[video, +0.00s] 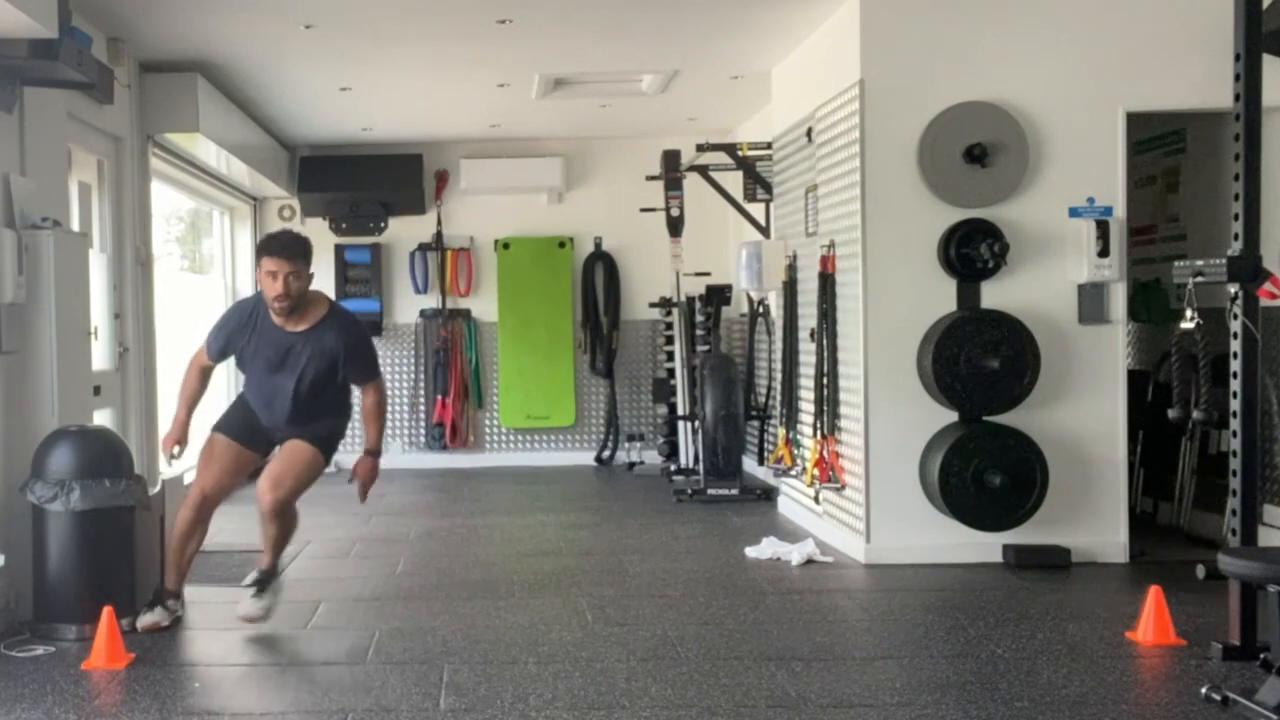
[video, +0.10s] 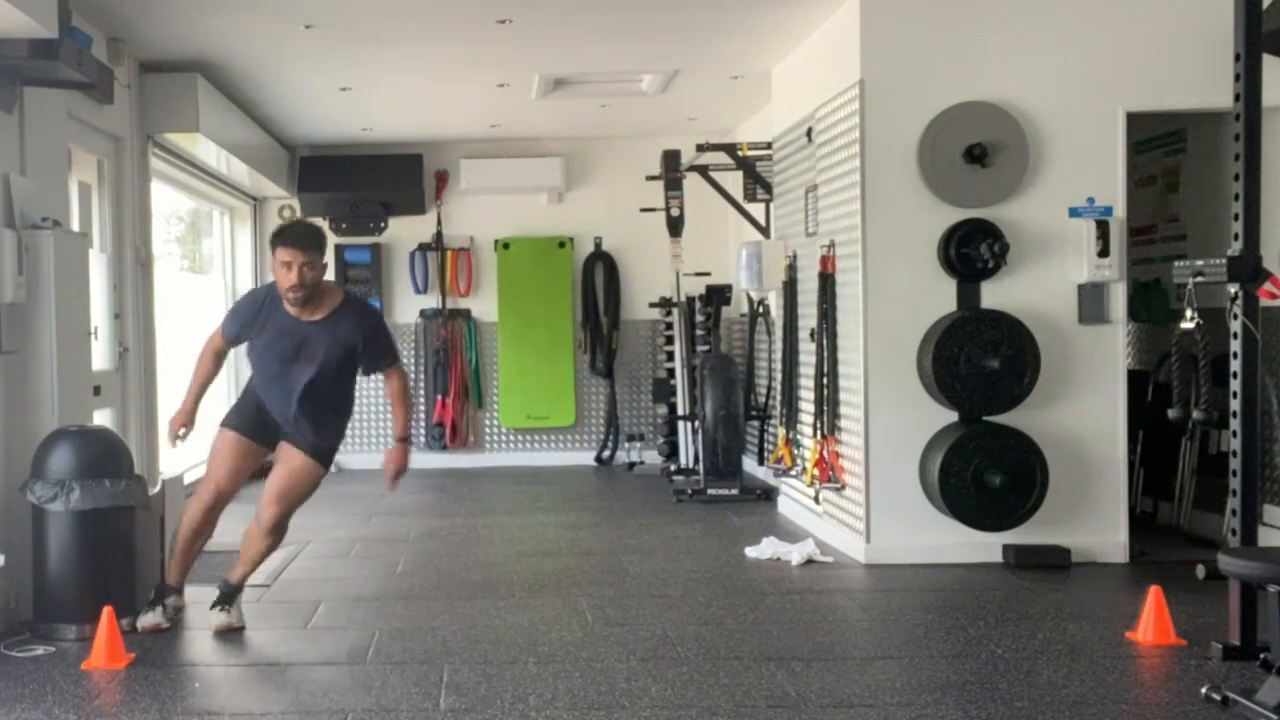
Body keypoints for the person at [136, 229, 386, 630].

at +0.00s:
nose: (280, 289)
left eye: (291, 277)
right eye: (271, 277)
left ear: (309, 277)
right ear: (259, 276)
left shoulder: (342, 329)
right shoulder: (244, 316)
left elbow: (372, 389)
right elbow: (201, 363)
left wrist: (372, 452)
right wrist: (180, 422)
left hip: (316, 423)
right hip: (255, 409)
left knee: (272, 494)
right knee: (202, 492)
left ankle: (266, 573)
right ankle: (170, 596)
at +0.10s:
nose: (295, 279)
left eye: (306, 267)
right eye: (286, 266)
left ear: (323, 267)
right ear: (272, 265)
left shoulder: (358, 318)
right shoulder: (257, 305)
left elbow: (393, 372)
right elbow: (216, 346)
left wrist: (401, 441)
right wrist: (189, 405)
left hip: (317, 427)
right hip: (262, 403)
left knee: (272, 516)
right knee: (213, 491)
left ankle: (230, 591)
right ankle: (170, 594)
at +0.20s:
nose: (324, 271)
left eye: (335, 259)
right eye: (314, 259)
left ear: (352, 258)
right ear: (301, 257)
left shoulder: (383, 308)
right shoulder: (281, 295)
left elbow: (434, 353)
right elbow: (239, 325)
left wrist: (454, 412)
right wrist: (205, 377)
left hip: (332, 426)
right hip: (278, 401)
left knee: (288, 518)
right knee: (257, 478)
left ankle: (227, 591)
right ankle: (194, 553)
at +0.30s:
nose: (355, 261)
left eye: (366, 249)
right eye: (345, 249)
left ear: (382, 248)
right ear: (331, 248)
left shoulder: (418, 301)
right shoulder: (312, 289)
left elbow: (474, 337)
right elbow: (260, 318)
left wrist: (483, 394)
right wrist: (213, 363)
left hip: (364, 421)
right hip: (315, 387)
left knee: (308, 508)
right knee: (318, 457)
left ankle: (233, 585)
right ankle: (277, 569)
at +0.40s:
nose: (399, 253)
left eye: (410, 242)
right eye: (389, 242)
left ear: (425, 243)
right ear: (374, 244)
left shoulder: (457, 293)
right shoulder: (354, 290)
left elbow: (492, 341)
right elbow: (291, 327)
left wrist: (490, 406)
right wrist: (252, 361)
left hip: (411, 426)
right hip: (358, 404)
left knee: (354, 530)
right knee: (347, 492)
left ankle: (289, 563)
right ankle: (325, 606)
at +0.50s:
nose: (468, 249)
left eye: (478, 238)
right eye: (458, 237)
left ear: (489, 242)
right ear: (438, 240)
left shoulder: (505, 293)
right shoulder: (409, 292)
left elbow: (519, 344)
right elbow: (343, 332)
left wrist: (522, 398)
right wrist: (334, 355)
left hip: (462, 410)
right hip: (402, 401)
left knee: (455, 512)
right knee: (371, 503)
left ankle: (437, 560)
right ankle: (331, 609)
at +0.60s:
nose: (553, 235)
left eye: (560, 224)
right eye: (542, 224)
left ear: (569, 228)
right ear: (520, 227)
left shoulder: (575, 279)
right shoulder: (487, 276)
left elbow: (593, 331)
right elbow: (416, 328)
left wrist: (598, 383)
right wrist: (416, 385)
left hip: (519, 390)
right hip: (458, 387)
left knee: (552, 493)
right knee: (417, 492)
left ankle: (547, 579)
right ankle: (343, 600)